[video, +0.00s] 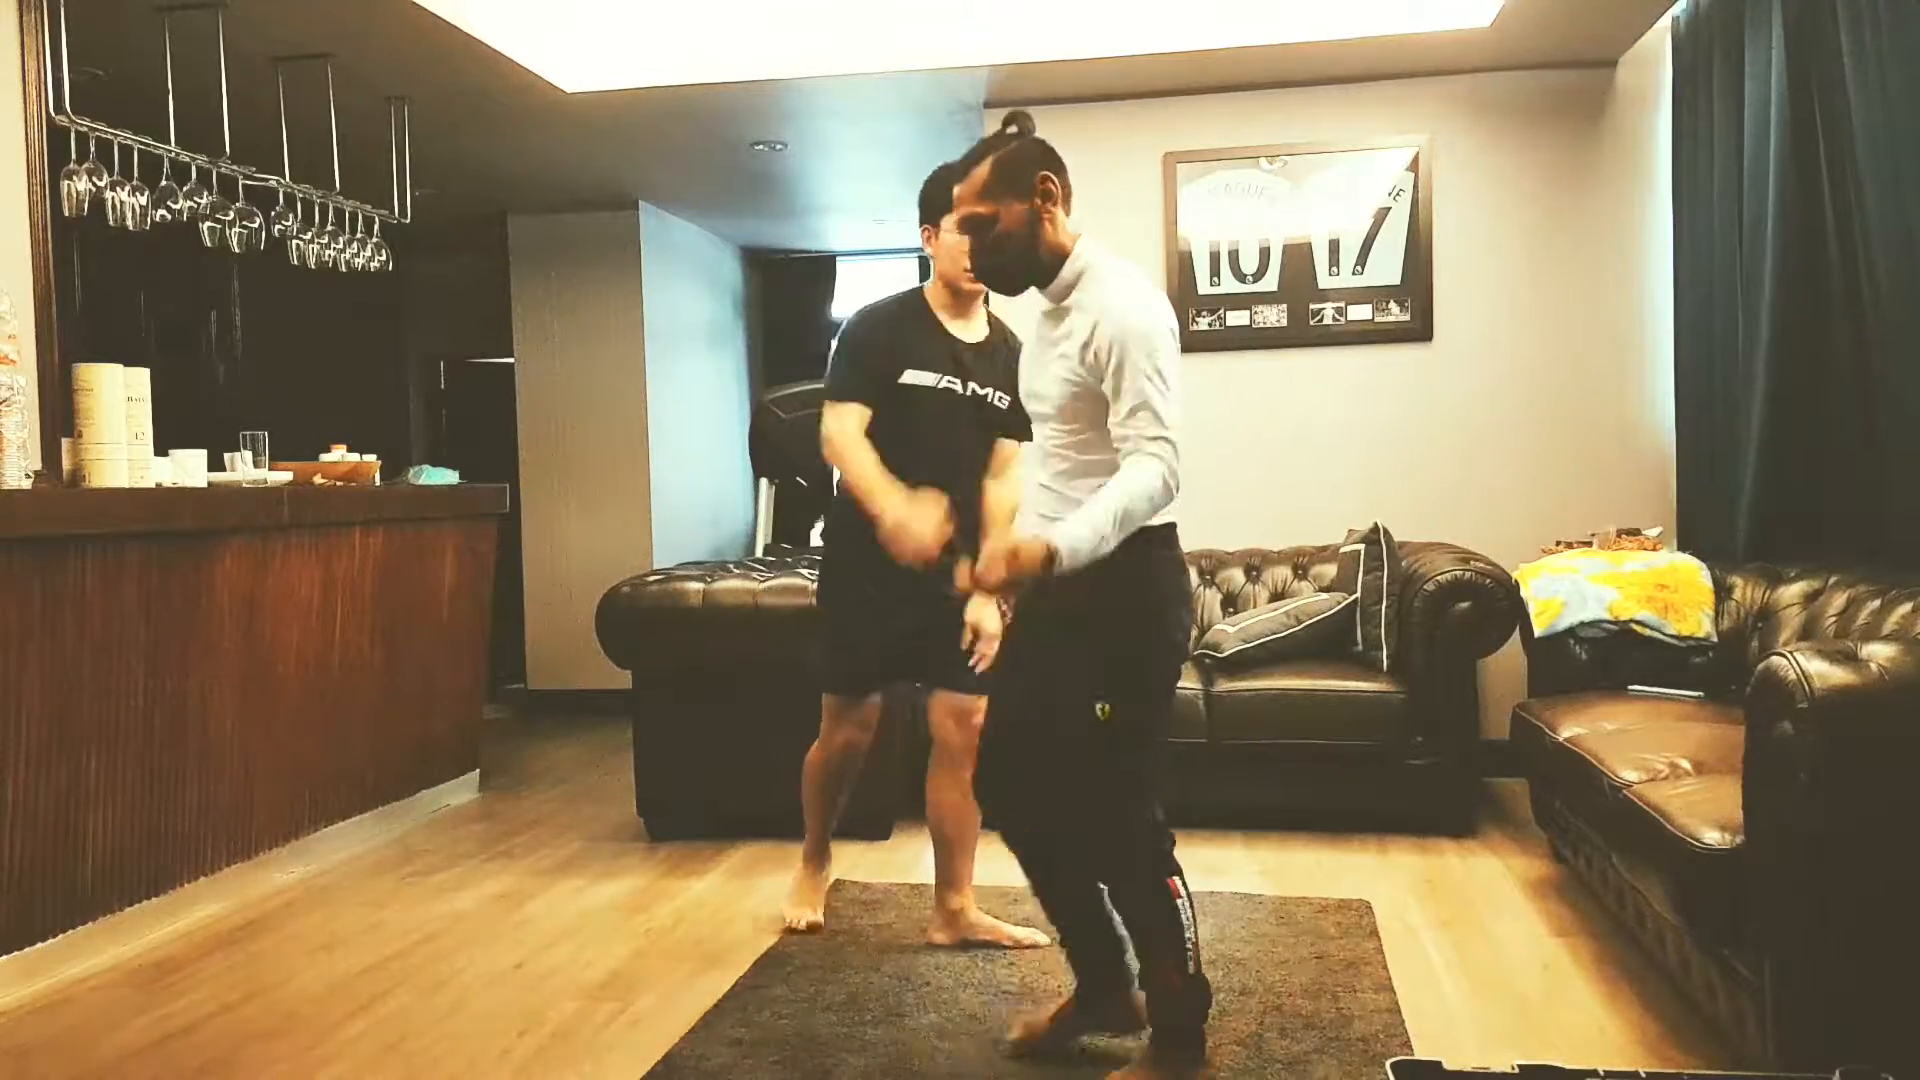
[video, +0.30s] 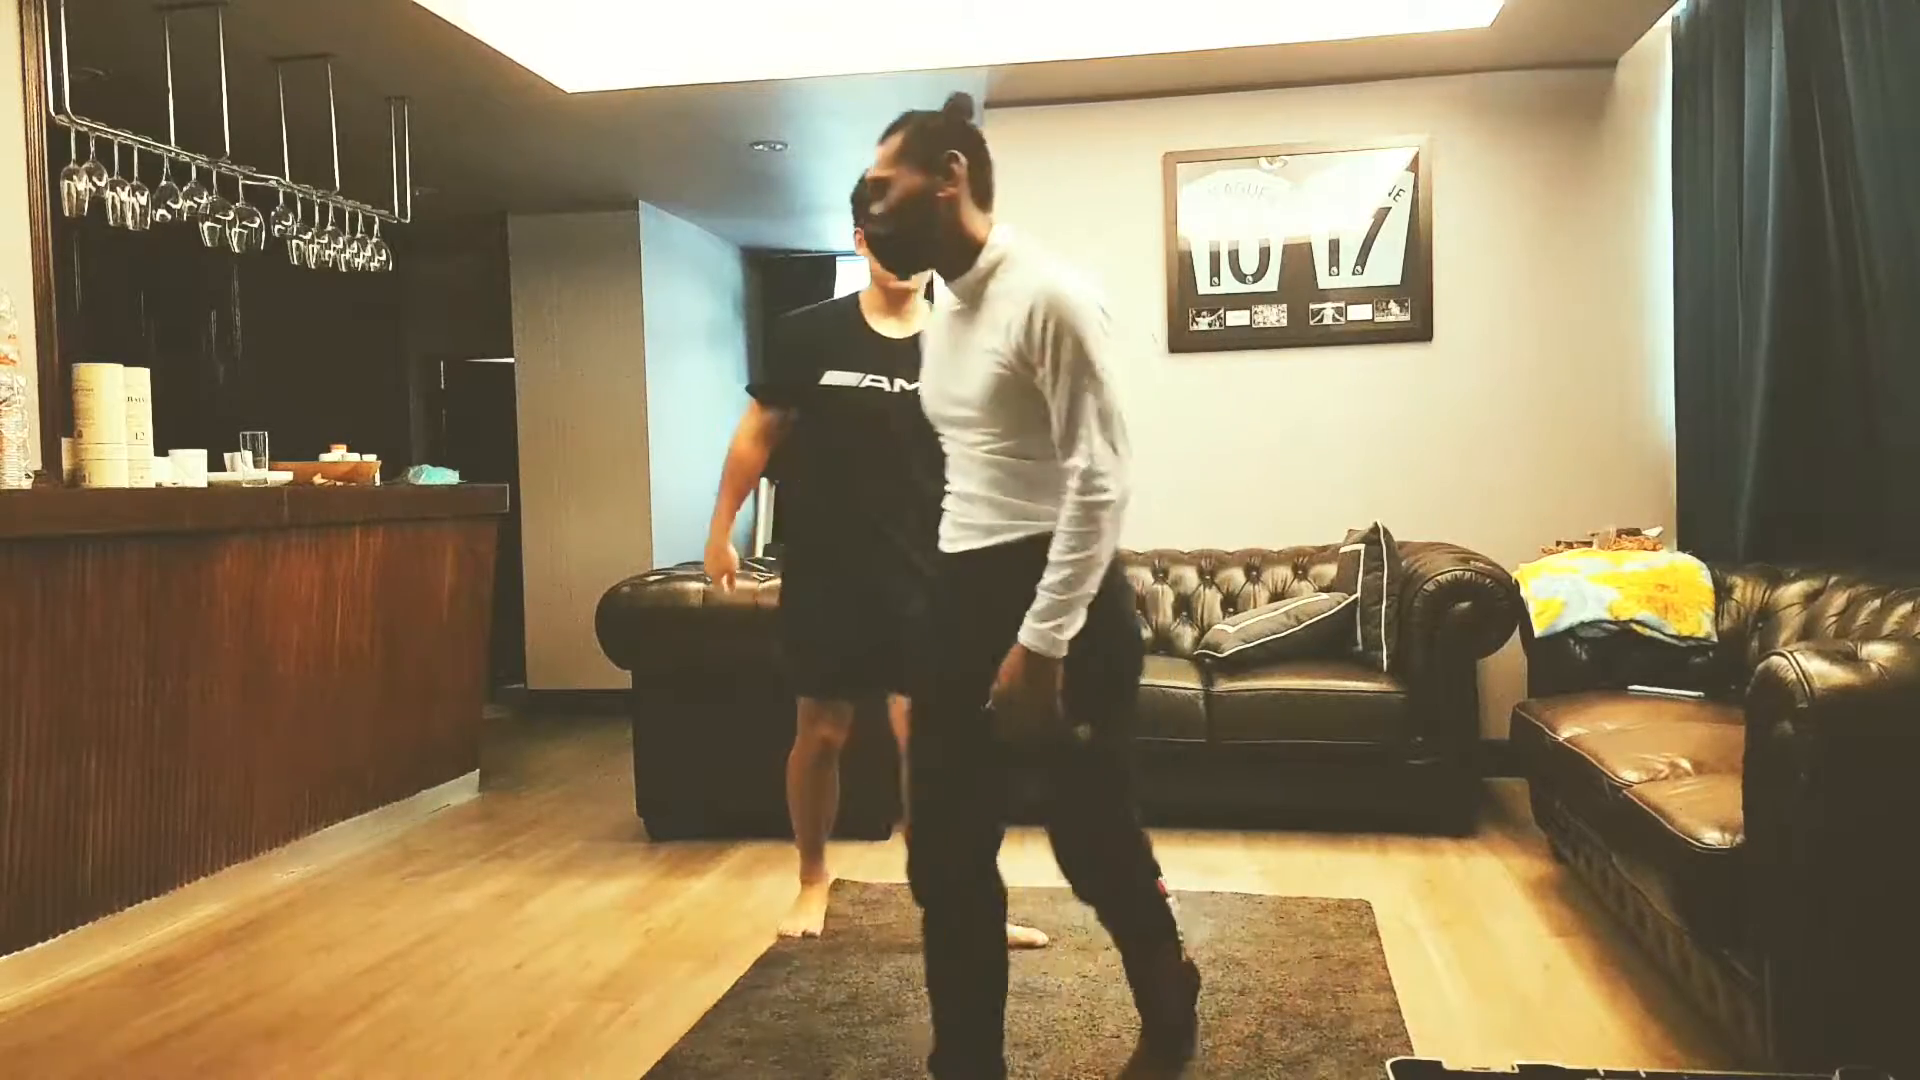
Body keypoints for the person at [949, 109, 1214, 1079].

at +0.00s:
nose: (976, 246)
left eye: (987, 225)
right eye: (969, 229)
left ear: (1051, 198)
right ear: (1036, 207)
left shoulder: (1126, 306)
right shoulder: (1035, 311)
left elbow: (1154, 466)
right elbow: (1048, 453)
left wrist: (1056, 543)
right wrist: (1010, 547)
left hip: (1128, 578)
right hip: (1054, 580)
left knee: (1114, 798)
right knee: (1012, 783)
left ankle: (1180, 1026)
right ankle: (1103, 991)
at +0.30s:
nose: (869, 205)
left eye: (886, 184)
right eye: (868, 188)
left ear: (956, 180)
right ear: (946, 186)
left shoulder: (1048, 296)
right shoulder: (946, 309)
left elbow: (1100, 479)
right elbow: (973, 476)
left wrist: (1043, 639)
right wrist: (947, 628)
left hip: (1062, 593)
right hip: (968, 595)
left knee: (1097, 845)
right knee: (948, 858)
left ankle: (1171, 1012)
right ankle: (966, 1062)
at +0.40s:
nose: (833, 199)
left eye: (849, 178)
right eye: (832, 183)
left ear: (919, 172)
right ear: (909, 179)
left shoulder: (1018, 280)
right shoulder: (896, 317)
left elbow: (1068, 460)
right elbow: (925, 471)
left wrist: (1009, 623)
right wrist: (903, 611)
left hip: (1017, 590)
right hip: (924, 592)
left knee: (1020, 861)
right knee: (904, 869)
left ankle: (1126, 991)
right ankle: (947, 1065)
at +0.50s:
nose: (804, 199)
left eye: (818, 177)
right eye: (802, 183)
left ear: (886, 160)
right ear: (876, 168)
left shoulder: (987, 277)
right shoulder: (858, 325)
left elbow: (1054, 443)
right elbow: (866, 473)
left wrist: (960, 601)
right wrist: (857, 593)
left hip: (969, 596)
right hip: (880, 594)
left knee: (920, 851)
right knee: (869, 855)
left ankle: (1041, 998)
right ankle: (940, 1061)